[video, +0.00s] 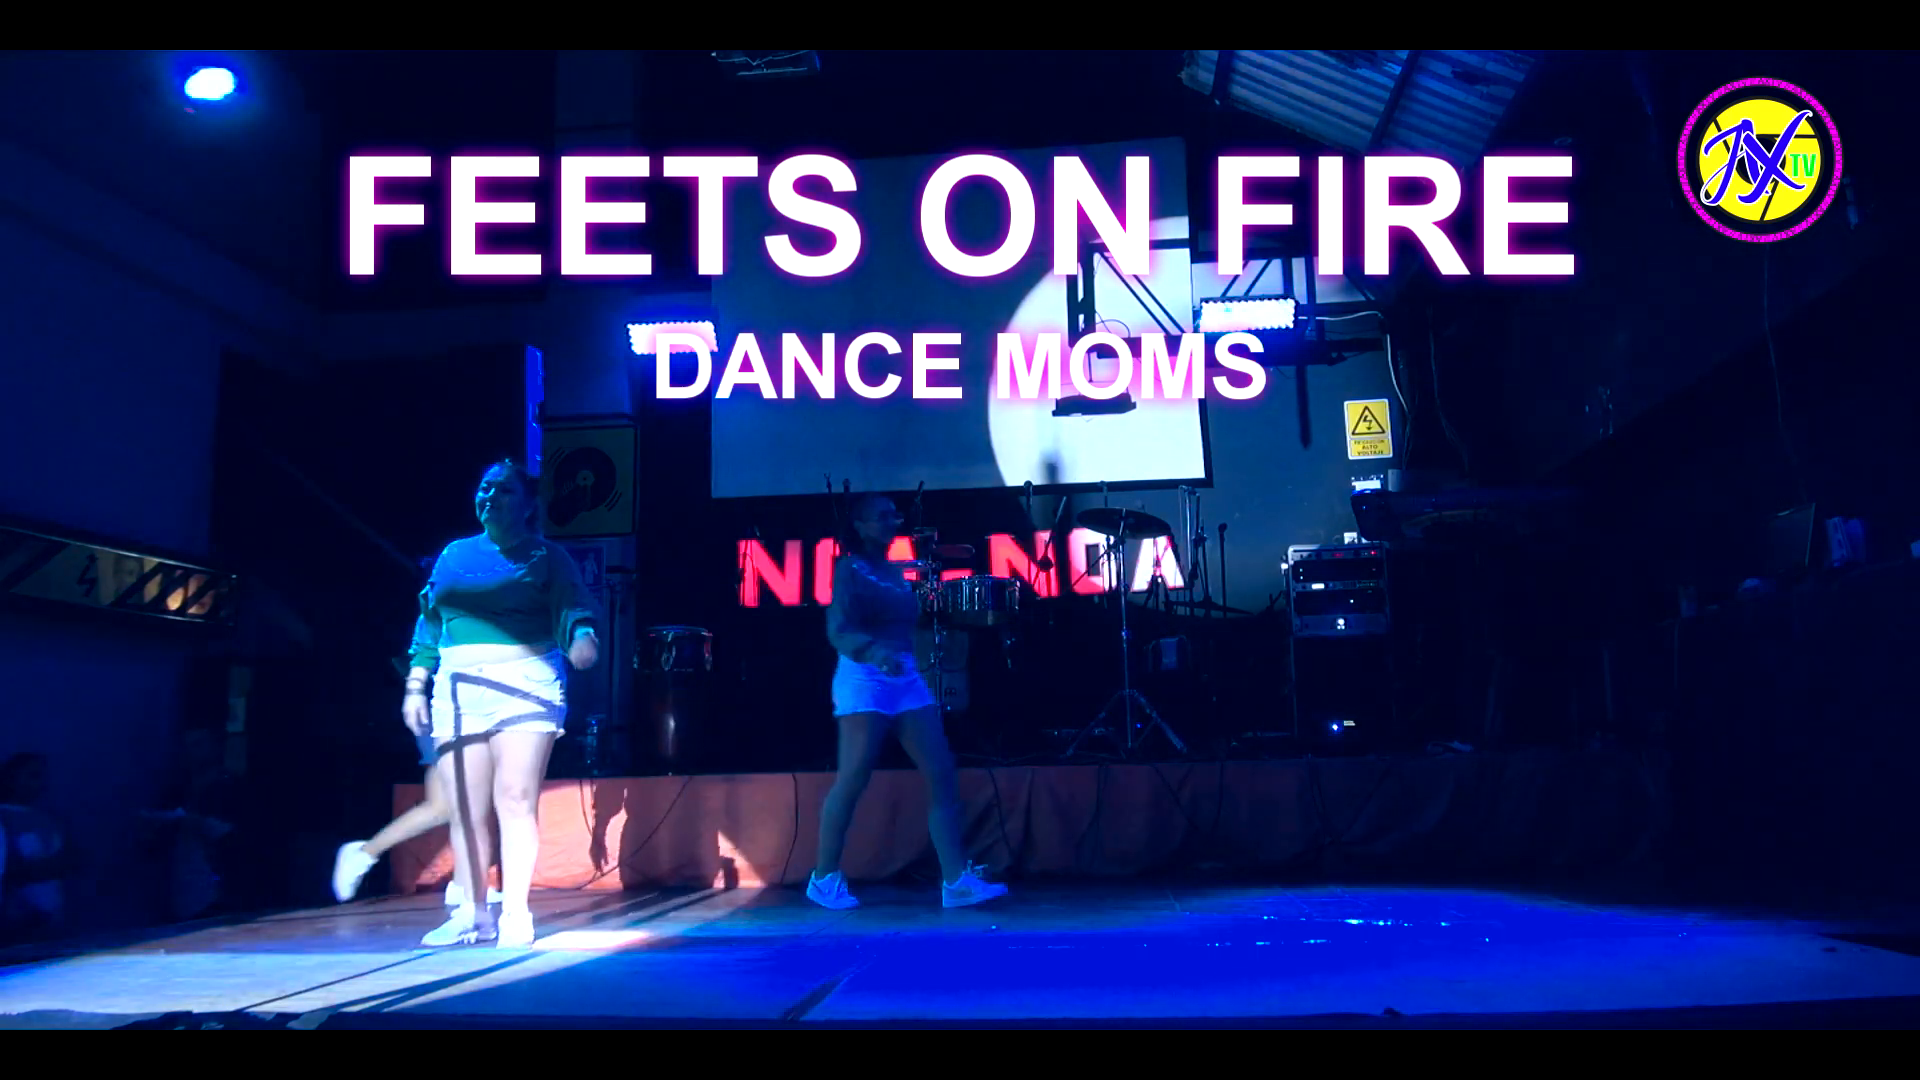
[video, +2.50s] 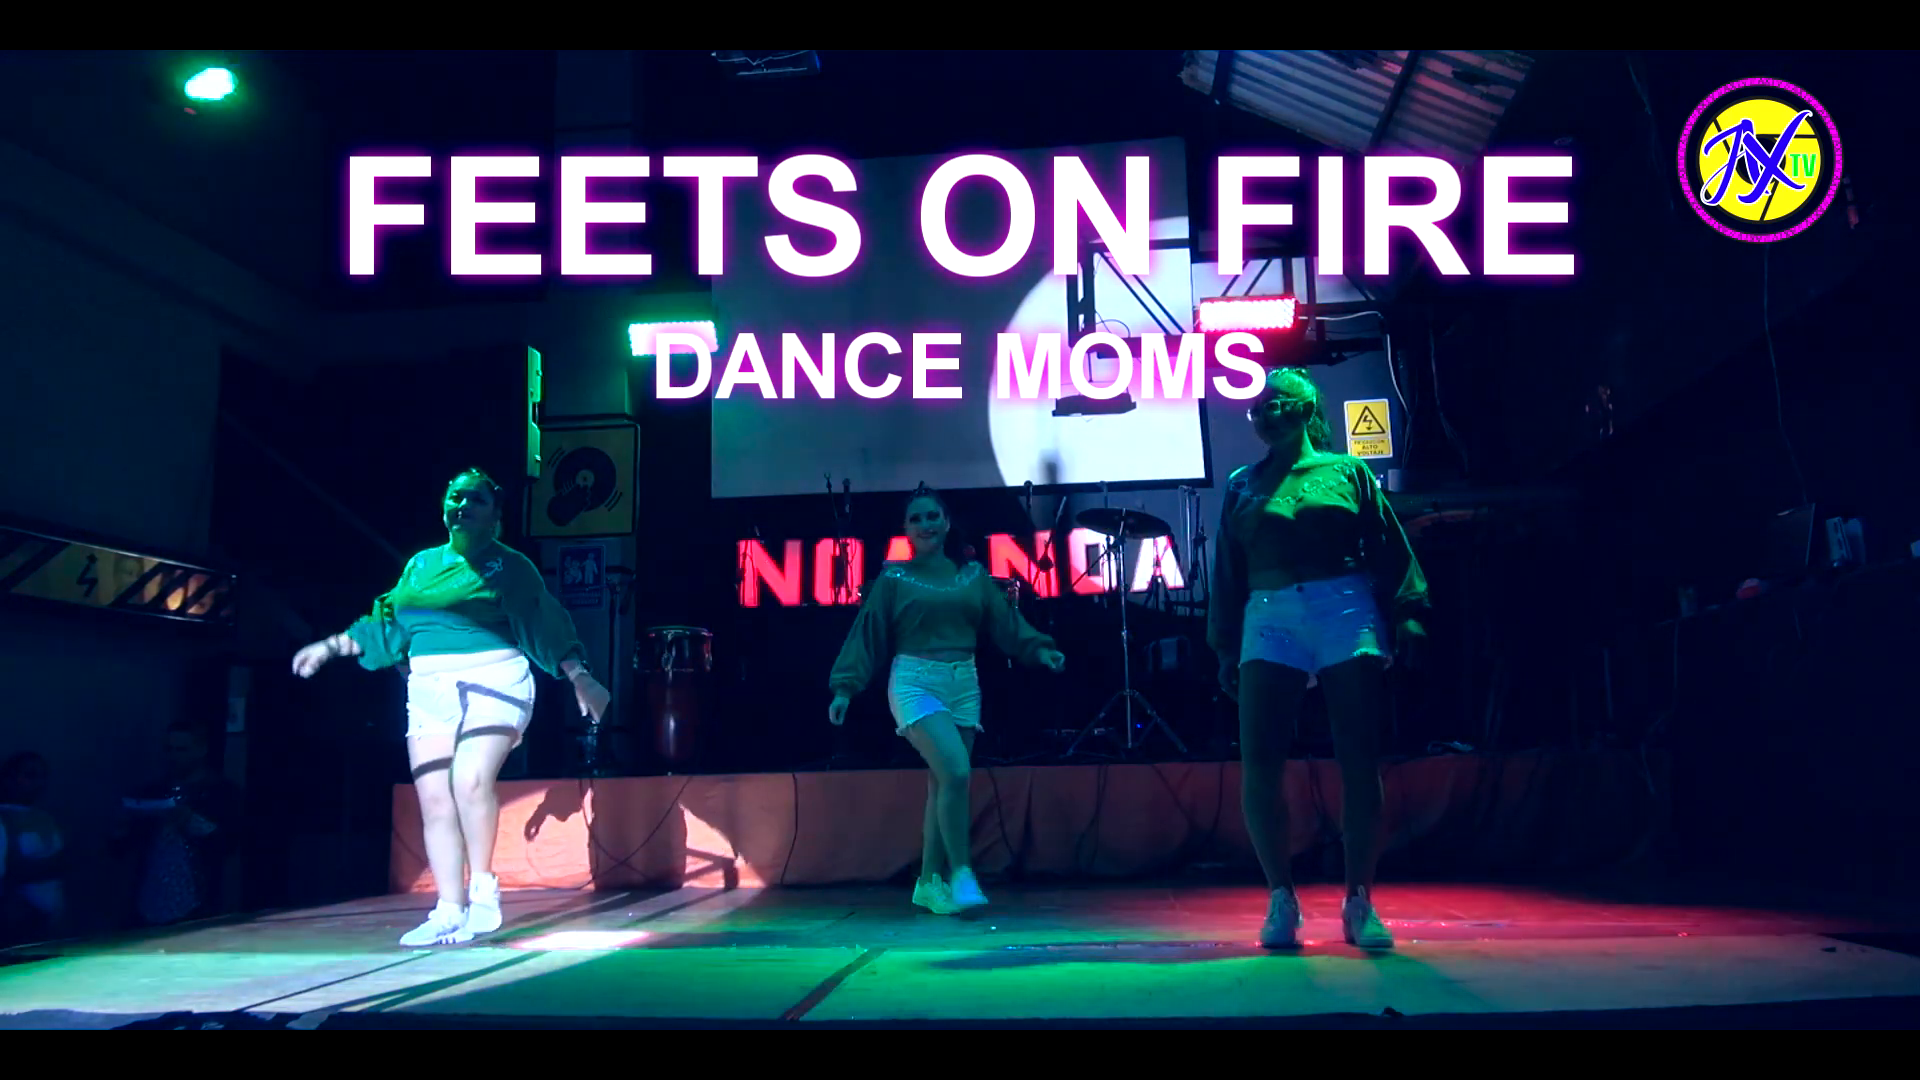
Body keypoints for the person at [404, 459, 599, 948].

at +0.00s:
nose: (488, 495)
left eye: (502, 489)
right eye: (484, 488)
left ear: (528, 503)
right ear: (475, 500)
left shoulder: (548, 558)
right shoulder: (453, 555)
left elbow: (573, 609)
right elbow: (429, 626)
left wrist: (581, 637)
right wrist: (416, 685)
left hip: (526, 684)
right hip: (459, 687)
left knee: (516, 799)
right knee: (468, 809)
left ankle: (516, 913)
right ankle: (475, 914)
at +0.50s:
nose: (480, 504)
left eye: (492, 498)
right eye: (473, 497)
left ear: (517, 508)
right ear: (463, 506)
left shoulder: (541, 563)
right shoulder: (442, 559)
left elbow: (571, 627)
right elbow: (417, 621)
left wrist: (566, 682)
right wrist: (387, 611)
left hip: (512, 688)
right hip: (447, 688)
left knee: (498, 804)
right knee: (465, 806)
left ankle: (514, 909)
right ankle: (471, 912)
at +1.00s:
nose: (489, 505)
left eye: (500, 499)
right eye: (480, 498)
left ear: (517, 508)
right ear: (466, 507)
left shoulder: (535, 554)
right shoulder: (443, 560)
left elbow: (573, 621)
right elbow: (426, 626)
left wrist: (563, 608)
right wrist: (431, 674)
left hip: (524, 682)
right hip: (454, 685)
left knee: (517, 800)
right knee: (440, 803)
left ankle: (515, 909)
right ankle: (456, 904)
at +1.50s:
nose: (473, 502)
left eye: (483, 494)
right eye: (466, 497)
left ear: (505, 506)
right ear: (456, 509)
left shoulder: (523, 563)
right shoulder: (426, 556)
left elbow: (551, 628)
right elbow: (385, 597)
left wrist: (547, 690)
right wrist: (343, 605)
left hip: (496, 681)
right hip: (429, 683)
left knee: (474, 789)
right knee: (439, 795)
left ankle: (489, 906)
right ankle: (456, 910)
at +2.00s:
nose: (467, 501)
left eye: (480, 494)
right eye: (462, 494)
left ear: (506, 509)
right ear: (455, 507)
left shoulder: (525, 558)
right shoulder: (437, 561)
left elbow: (545, 604)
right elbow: (421, 630)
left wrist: (529, 632)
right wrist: (411, 683)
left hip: (507, 686)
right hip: (440, 690)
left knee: (495, 800)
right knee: (410, 793)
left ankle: (491, 909)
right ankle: (441, 890)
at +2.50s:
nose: (461, 504)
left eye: (473, 498)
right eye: (454, 497)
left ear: (494, 510)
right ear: (443, 508)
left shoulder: (511, 567)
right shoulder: (420, 566)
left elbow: (548, 624)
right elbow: (387, 623)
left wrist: (581, 677)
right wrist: (332, 645)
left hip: (494, 681)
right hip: (429, 687)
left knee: (471, 781)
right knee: (433, 796)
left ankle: (483, 895)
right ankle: (449, 910)